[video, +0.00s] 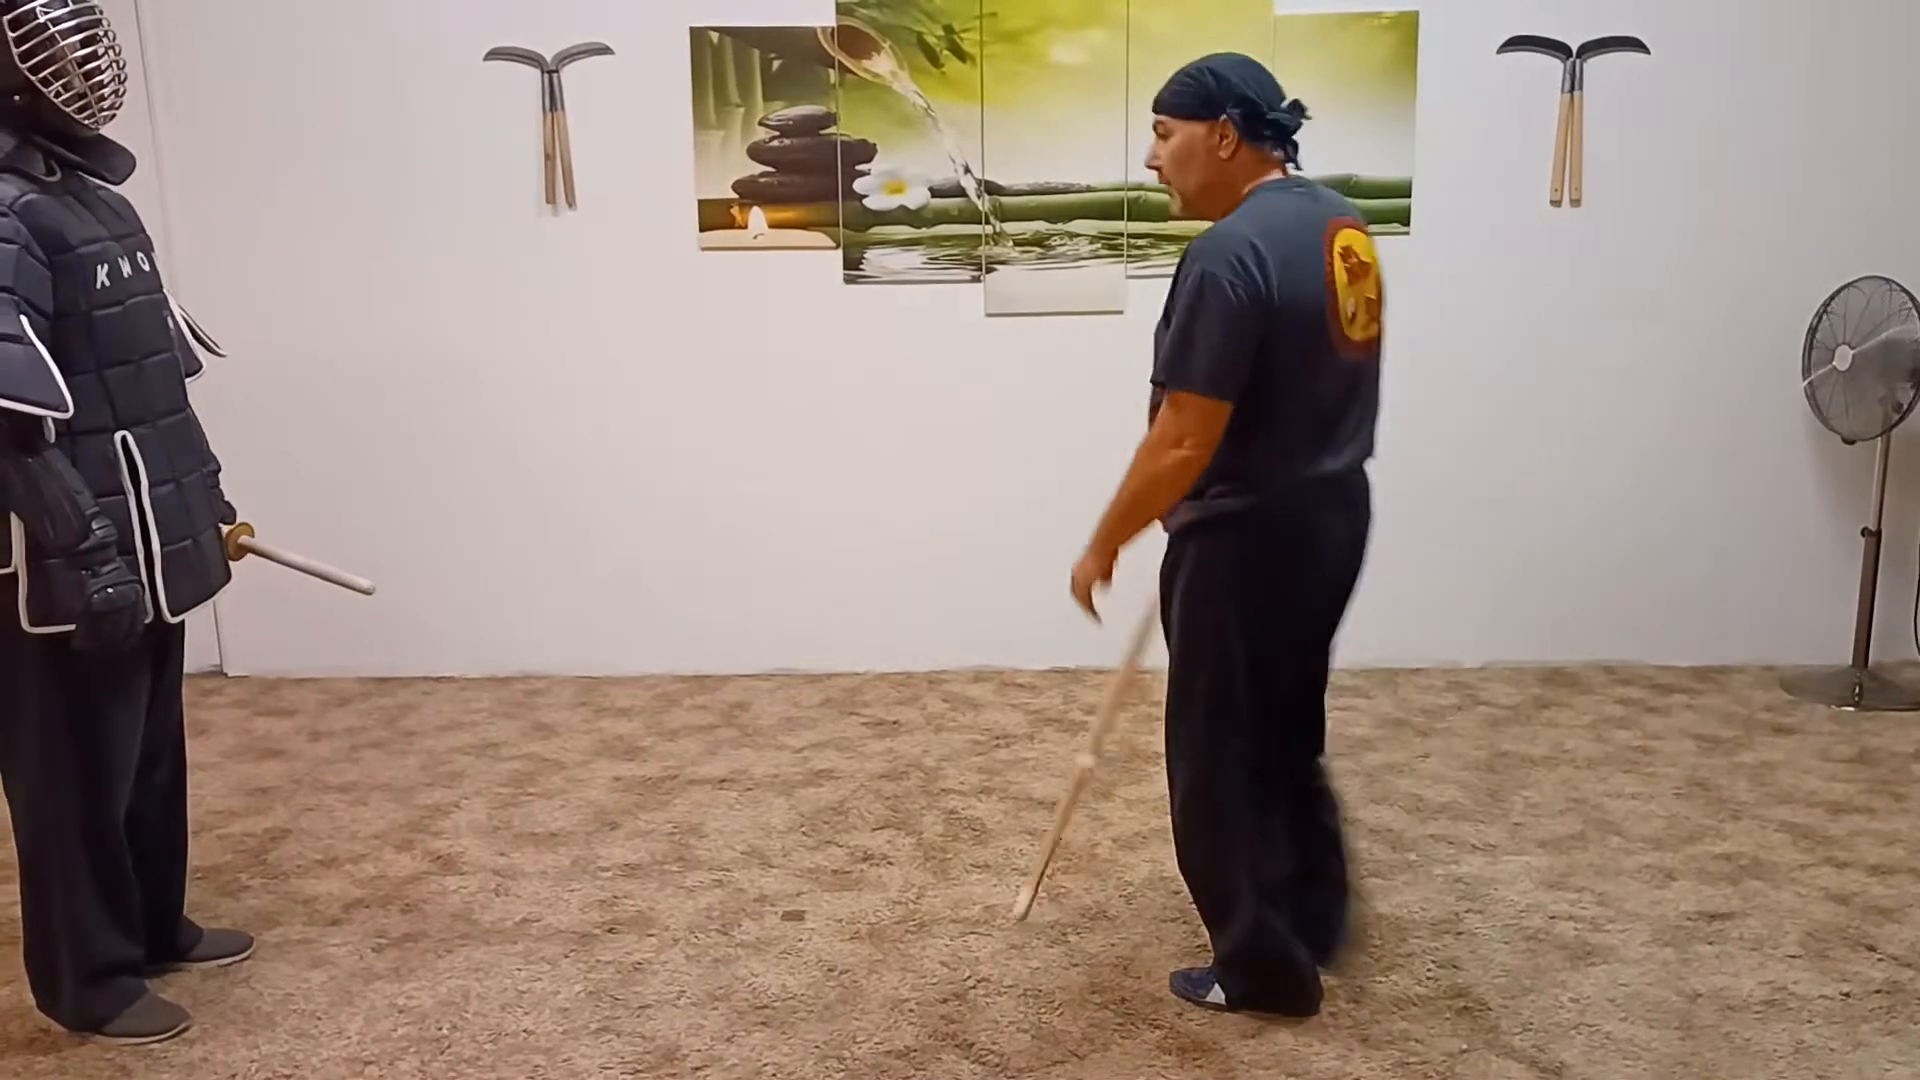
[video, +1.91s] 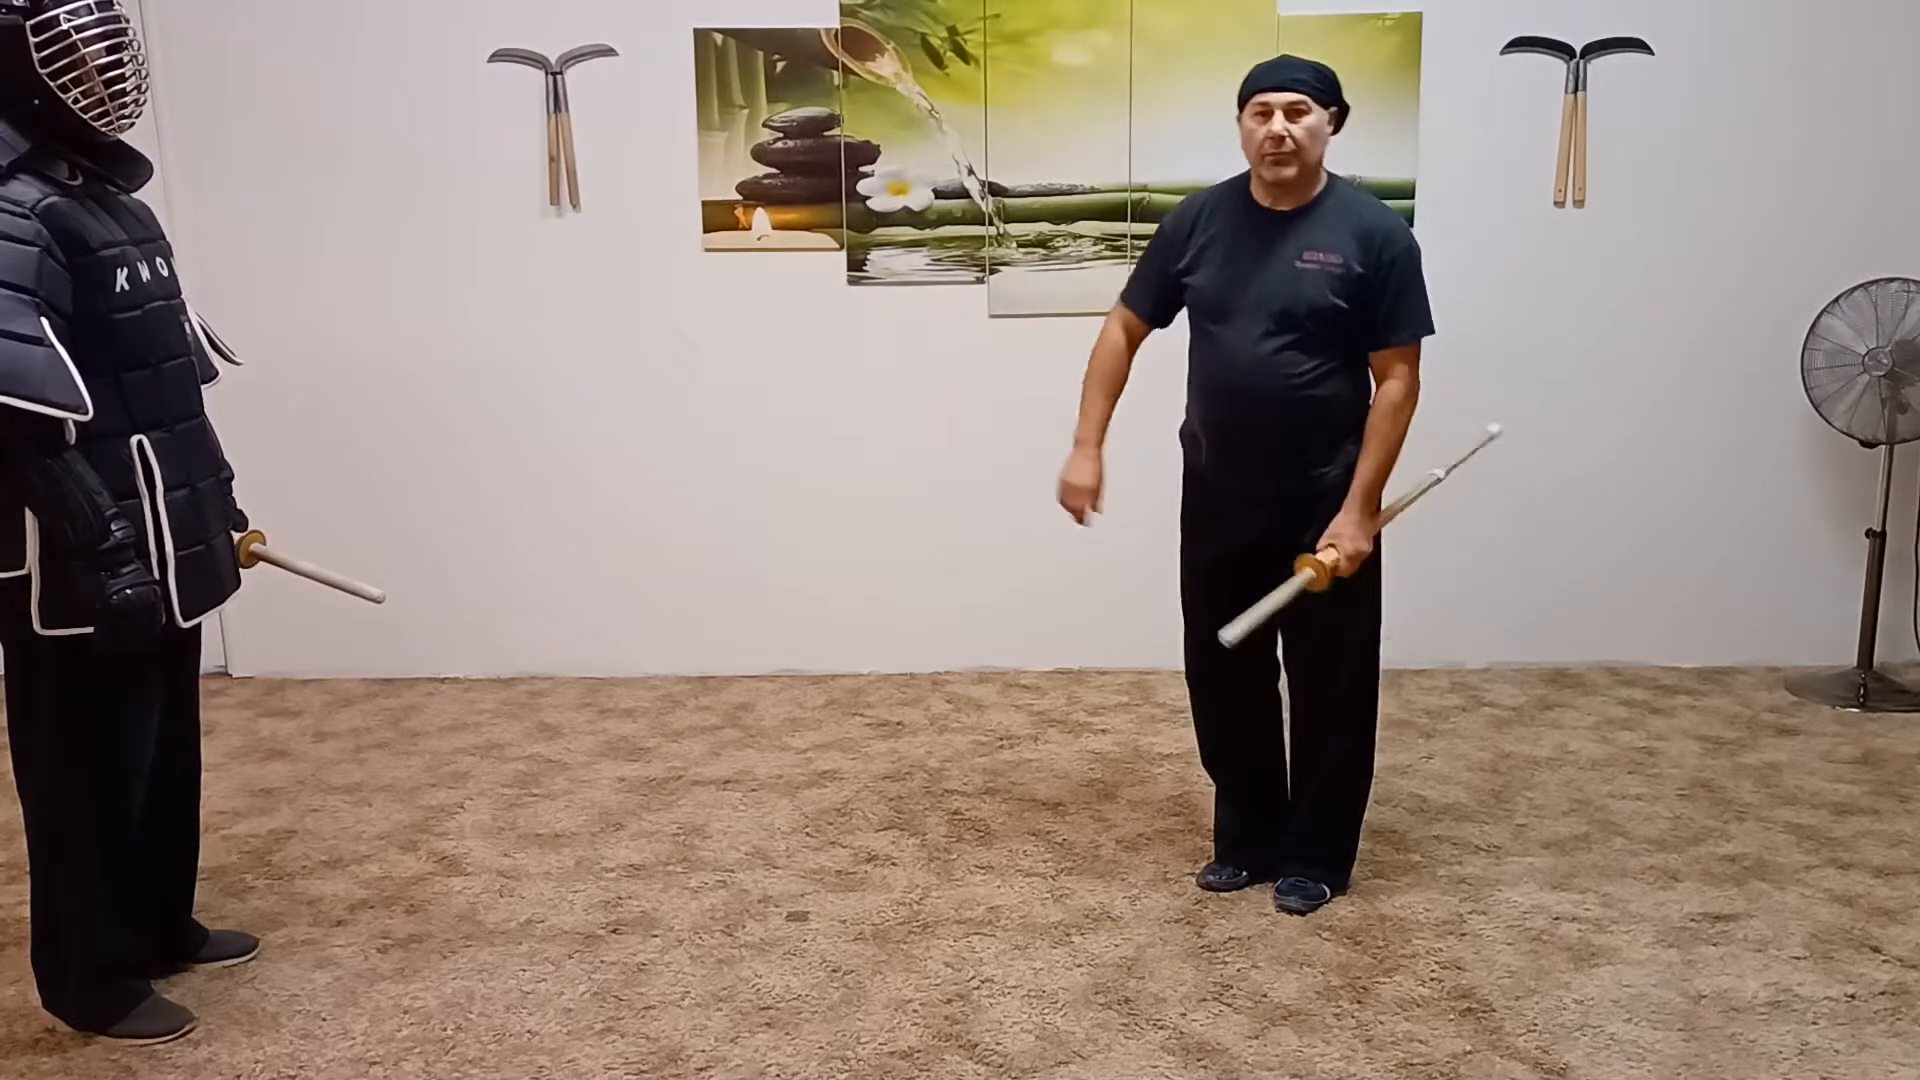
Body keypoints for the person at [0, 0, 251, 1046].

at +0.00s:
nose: (101, 69)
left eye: (96, 51)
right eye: (77, 54)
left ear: (62, 74)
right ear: (29, 73)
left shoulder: (104, 203)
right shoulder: (12, 214)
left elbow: (159, 381)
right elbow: (23, 413)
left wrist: (206, 504)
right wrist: (83, 546)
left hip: (146, 546)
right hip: (68, 559)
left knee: (147, 752)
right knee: (76, 773)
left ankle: (154, 930)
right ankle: (84, 982)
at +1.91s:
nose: (126, 74)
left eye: (123, 55)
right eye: (102, 57)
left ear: (98, 73)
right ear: (47, 72)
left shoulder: (121, 199)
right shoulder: (22, 207)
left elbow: (174, 382)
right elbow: (25, 400)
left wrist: (221, 508)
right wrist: (101, 539)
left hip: (160, 541)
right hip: (72, 553)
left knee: (161, 748)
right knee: (86, 768)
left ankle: (161, 931)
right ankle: (90, 981)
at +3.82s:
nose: (100, 68)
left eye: (94, 52)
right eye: (79, 54)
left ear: (56, 78)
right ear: (39, 74)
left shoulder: (115, 207)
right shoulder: (15, 212)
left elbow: (170, 384)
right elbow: (24, 408)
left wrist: (213, 511)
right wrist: (98, 538)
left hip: (153, 551)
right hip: (64, 562)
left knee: (157, 753)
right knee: (82, 774)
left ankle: (161, 932)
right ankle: (88, 984)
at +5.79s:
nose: (90, 77)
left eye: (84, 62)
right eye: (71, 64)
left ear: (48, 82)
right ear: (33, 80)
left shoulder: (102, 206)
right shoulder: (8, 212)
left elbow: (157, 380)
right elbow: (21, 410)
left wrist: (203, 507)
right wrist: (88, 543)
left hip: (145, 545)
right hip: (58, 561)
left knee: (150, 745)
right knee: (75, 766)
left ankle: (153, 929)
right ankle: (80, 980)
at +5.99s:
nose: (88, 82)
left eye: (83, 66)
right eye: (69, 67)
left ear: (48, 81)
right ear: (29, 80)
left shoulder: (103, 206)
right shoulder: (6, 211)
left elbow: (156, 379)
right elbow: (21, 409)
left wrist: (204, 505)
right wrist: (89, 541)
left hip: (146, 543)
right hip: (57, 558)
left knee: (149, 745)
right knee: (73, 765)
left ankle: (151, 928)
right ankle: (78, 979)